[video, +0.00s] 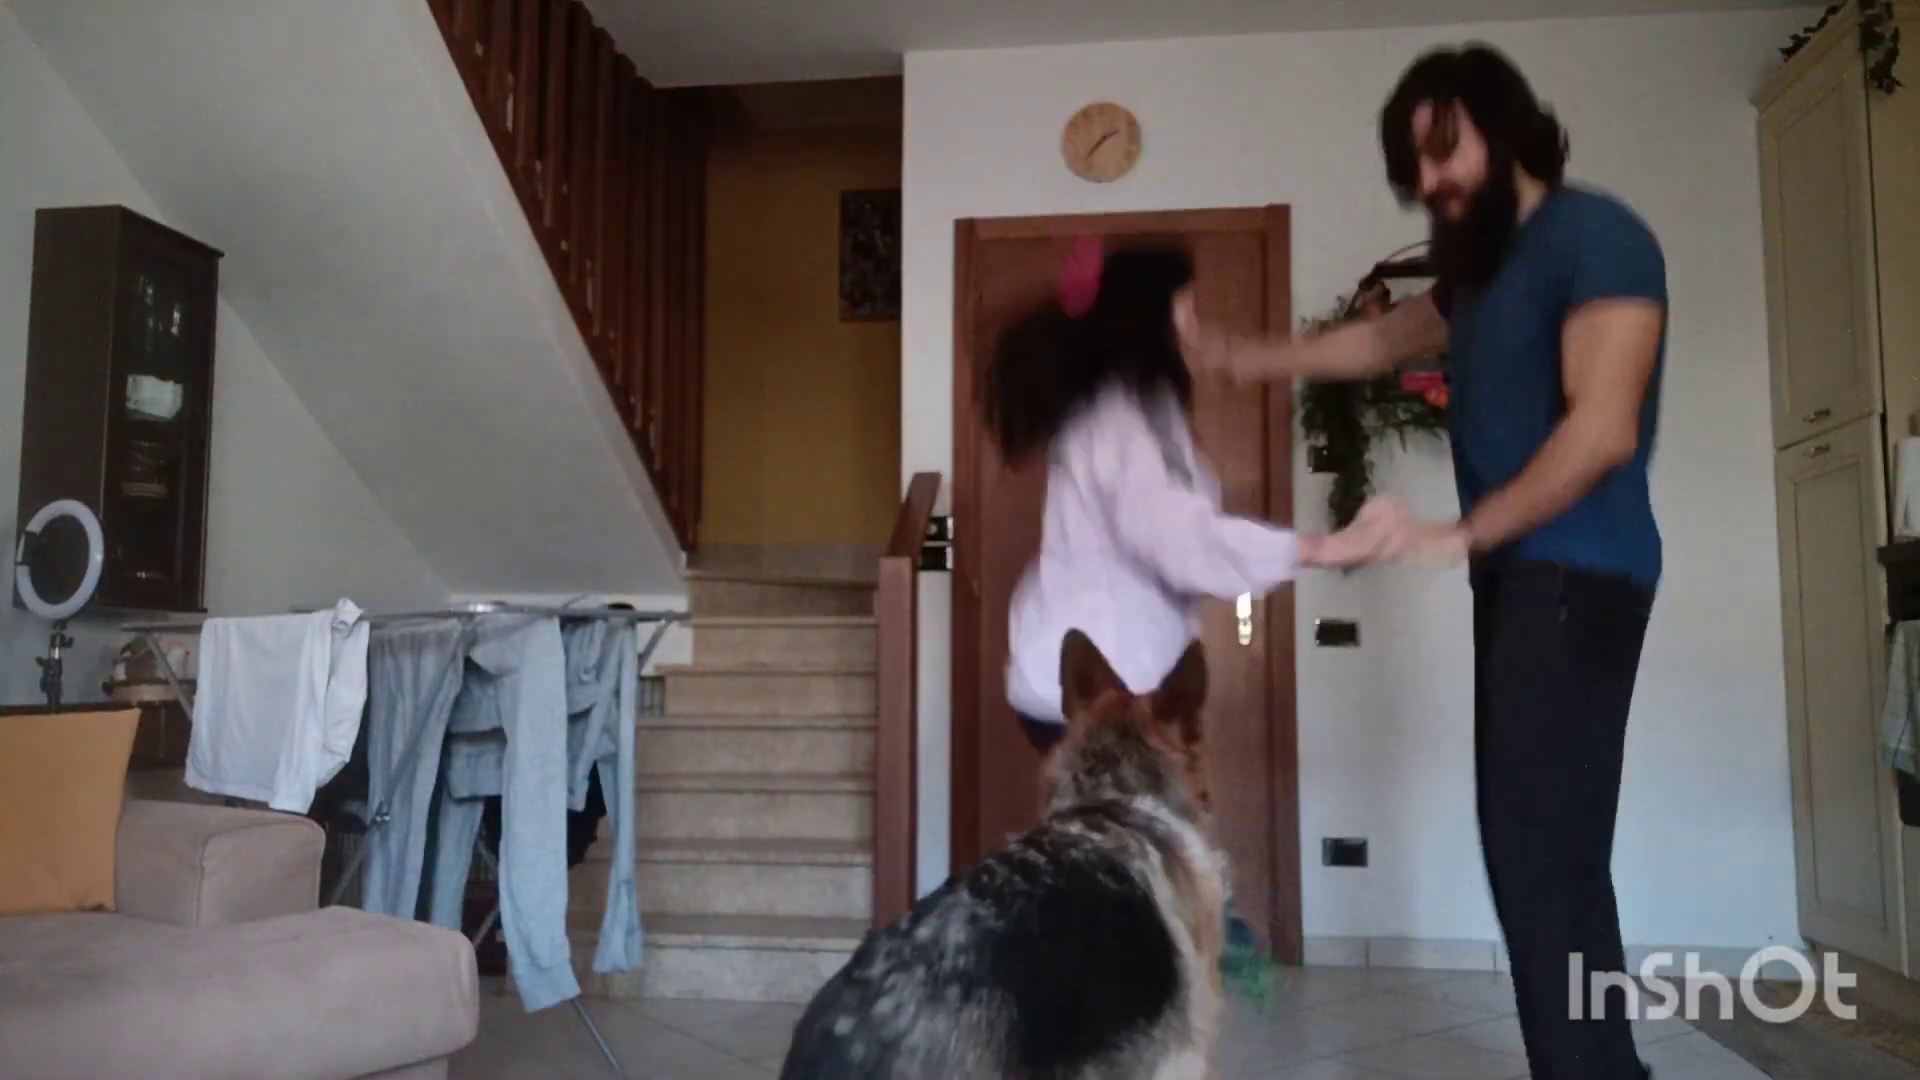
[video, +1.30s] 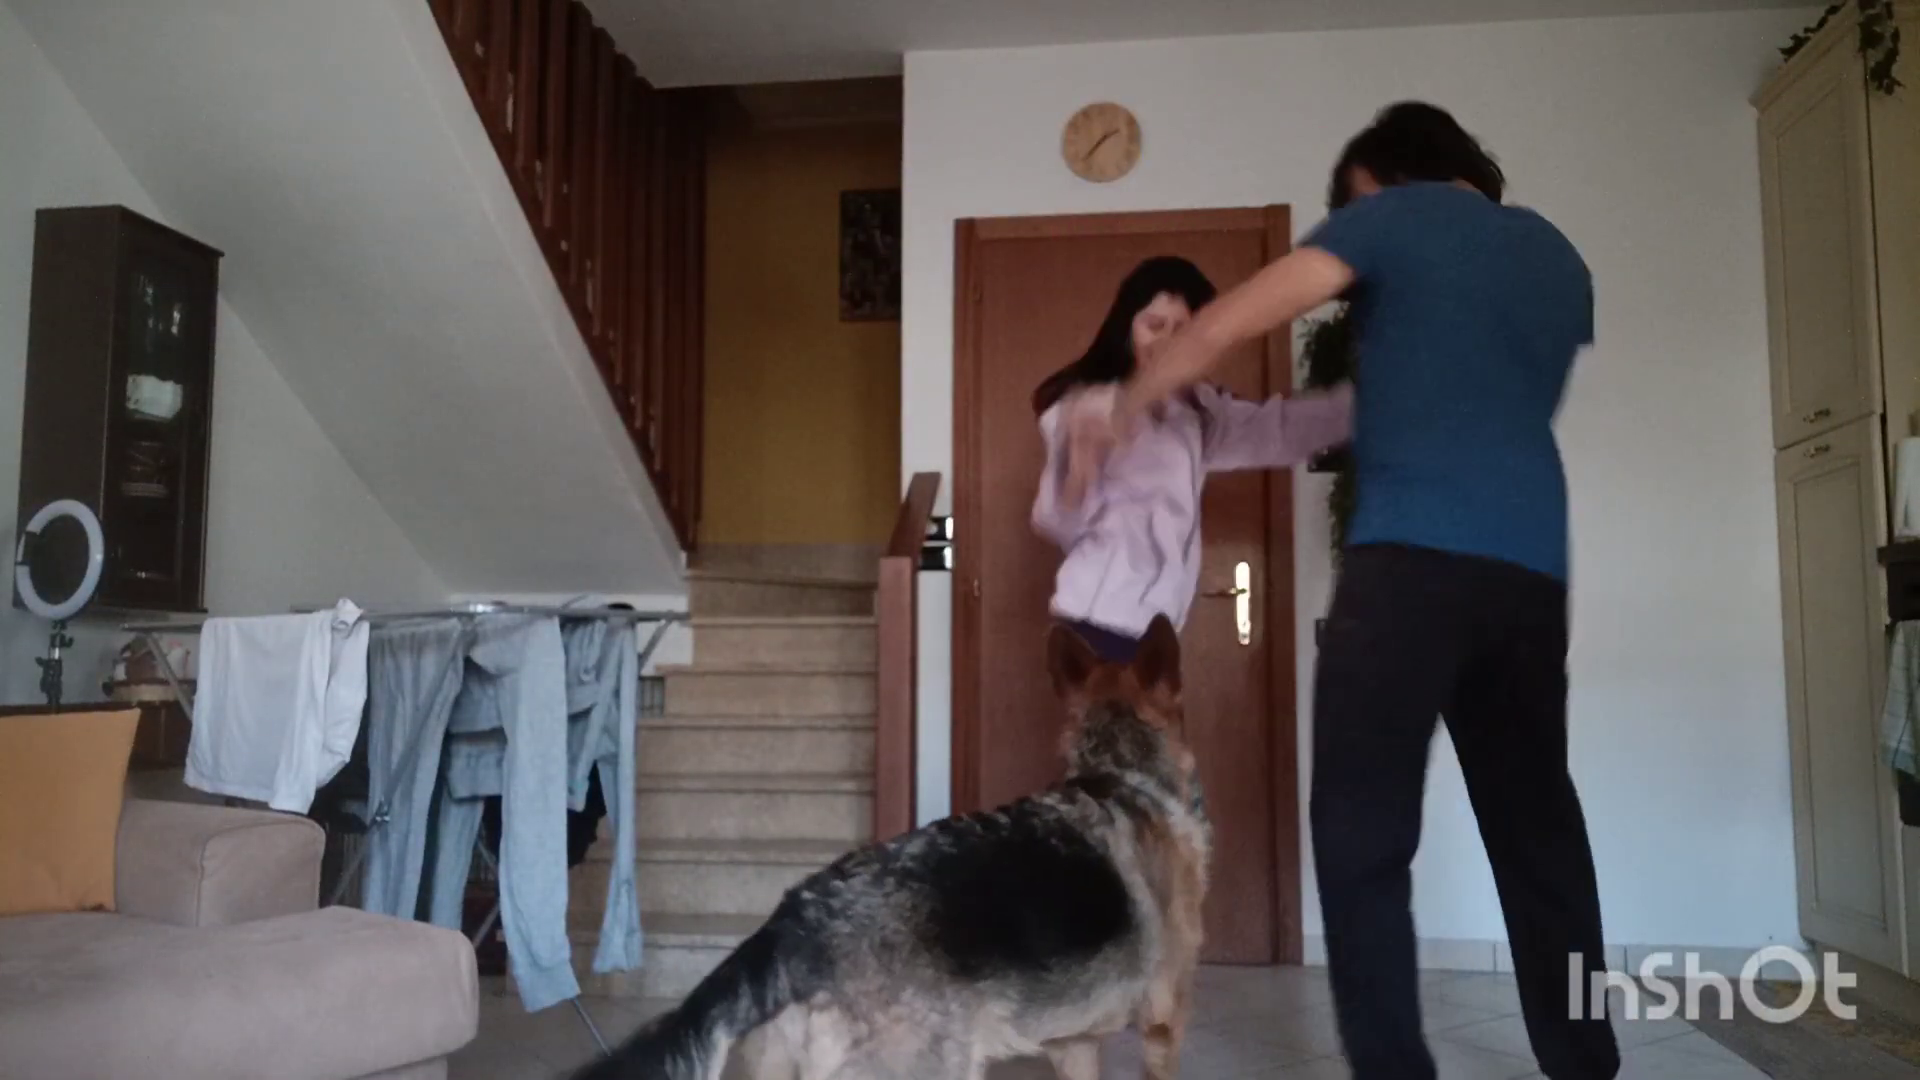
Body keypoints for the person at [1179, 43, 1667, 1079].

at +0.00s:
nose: (1430, 181)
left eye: (1444, 150)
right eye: (1416, 163)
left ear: (1505, 131)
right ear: (1414, 167)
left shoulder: (1596, 237)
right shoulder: (1493, 264)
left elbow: (1604, 432)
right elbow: (1383, 342)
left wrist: (1457, 534)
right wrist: (1235, 357)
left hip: (1576, 579)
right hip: (1521, 575)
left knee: (1541, 846)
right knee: (1532, 847)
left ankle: (1586, 1065)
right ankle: (1591, 1062)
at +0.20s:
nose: (1429, 190)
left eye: (1444, 159)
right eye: (1416, 172)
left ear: (1507, 147)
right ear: (1414, 179)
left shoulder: (1591, 246)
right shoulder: (1477, 282)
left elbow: (1584, 406)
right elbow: (1419, 417)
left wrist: (1416, 420)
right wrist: (1305, 477)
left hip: (1576, 593)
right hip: (1506, 591)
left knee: (1552, 857)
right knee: (1533, 856)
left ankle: (1632, 1067)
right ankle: (1629, 1063)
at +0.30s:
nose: (1432, 210)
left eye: (1451, 183)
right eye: (1422, 192)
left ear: (1509, 182)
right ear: (1419, 205)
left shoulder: (1582, 271)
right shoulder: (1486, 313)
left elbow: (1538, 388)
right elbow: (1447, 450)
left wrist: (1379, 323)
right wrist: (1337, 524)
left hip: (1574, 620)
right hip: (1505, 623)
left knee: (1540, 865)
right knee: (1508, 866)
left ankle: (1634, 1072)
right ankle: (1611, 1068)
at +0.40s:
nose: (1442, 184)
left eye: (1460, 157)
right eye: (1429, 169)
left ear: (1512, 155)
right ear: (1427, 184)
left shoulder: (1586, 245)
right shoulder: (1476, 292)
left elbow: (1493, 287)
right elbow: (1462, 446)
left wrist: (1347, 208)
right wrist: (1374, 528)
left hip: (1568, 578)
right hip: (1504, 580)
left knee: (1525, 830)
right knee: (1511, 830)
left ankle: (1610, 1066)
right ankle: (1601, 1062)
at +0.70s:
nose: (1431, 220)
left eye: (1434, 195)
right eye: (1425, 203)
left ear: (1474, 170)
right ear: (1494, 176)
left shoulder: (1545, 251)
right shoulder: (1529, 293)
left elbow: (1356, 192)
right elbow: (1503, 475)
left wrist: (1243, 156)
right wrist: (1389, 557)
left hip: (1542, 588)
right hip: (1531, 590)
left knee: (1476, 841)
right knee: (1535, 849)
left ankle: (1542, 1065)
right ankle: (1608, 1066)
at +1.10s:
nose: (1385, 231)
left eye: (1387, 212)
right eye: (1379, 217)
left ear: (1420, 185)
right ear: (1486, 184)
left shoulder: (1453, 241)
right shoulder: (1578, 292)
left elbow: (1274, 258)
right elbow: (1523, 438)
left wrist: (1165, 266)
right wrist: (1399, 490)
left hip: (1470, 595)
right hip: (1567, 610)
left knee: (1400, 856)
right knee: (1542, 854)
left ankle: (1419, 1067)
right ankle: (1601, 1068)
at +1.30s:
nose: (1355, 218)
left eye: (1356, 202)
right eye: (1349, 204)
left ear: (1384, 174)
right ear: (1470, 172)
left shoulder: (1386, 217)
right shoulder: (1559, 258)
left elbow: (1217, 328)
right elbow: (1508, 401)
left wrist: (1123, 403)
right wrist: (1354, 425)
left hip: (1404, 566)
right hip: (1530, 583)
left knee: (1362, 838)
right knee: (1537, 826)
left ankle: (1392, 1067)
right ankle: (1585, 1062)